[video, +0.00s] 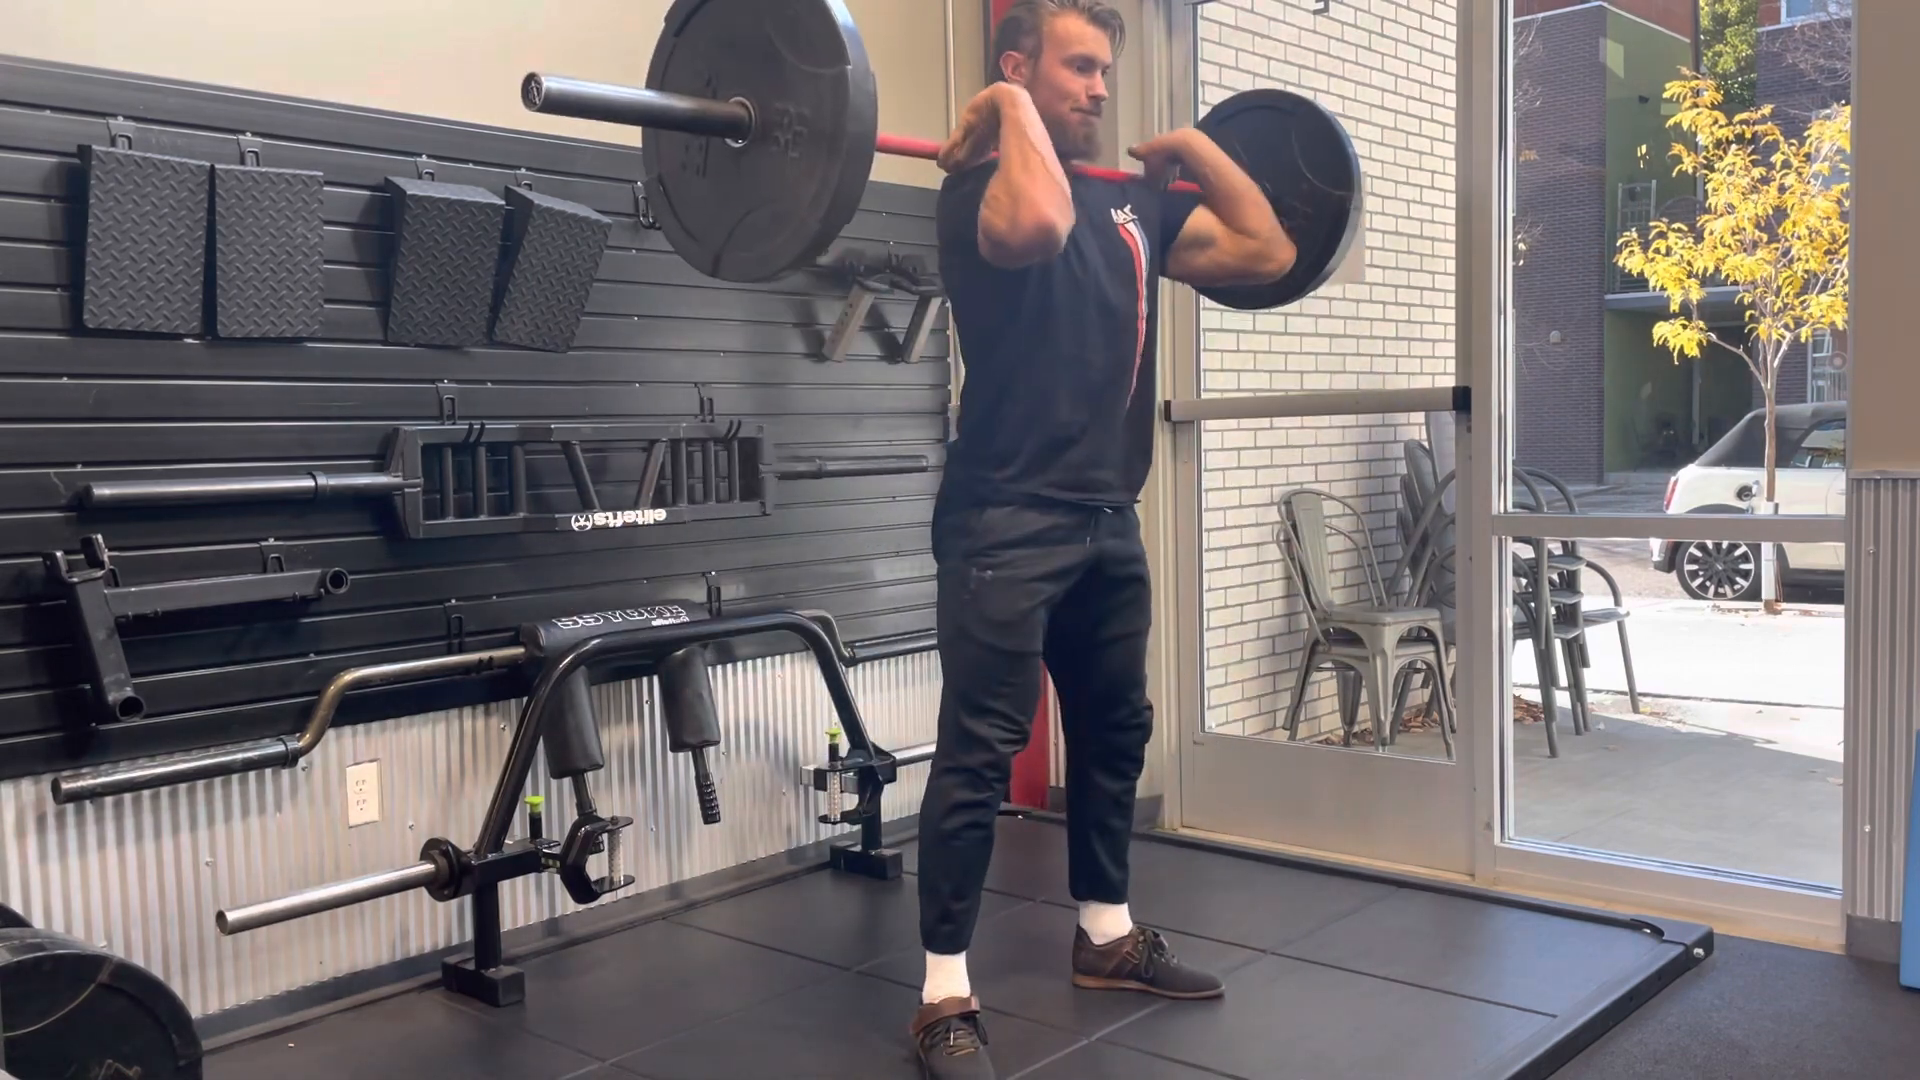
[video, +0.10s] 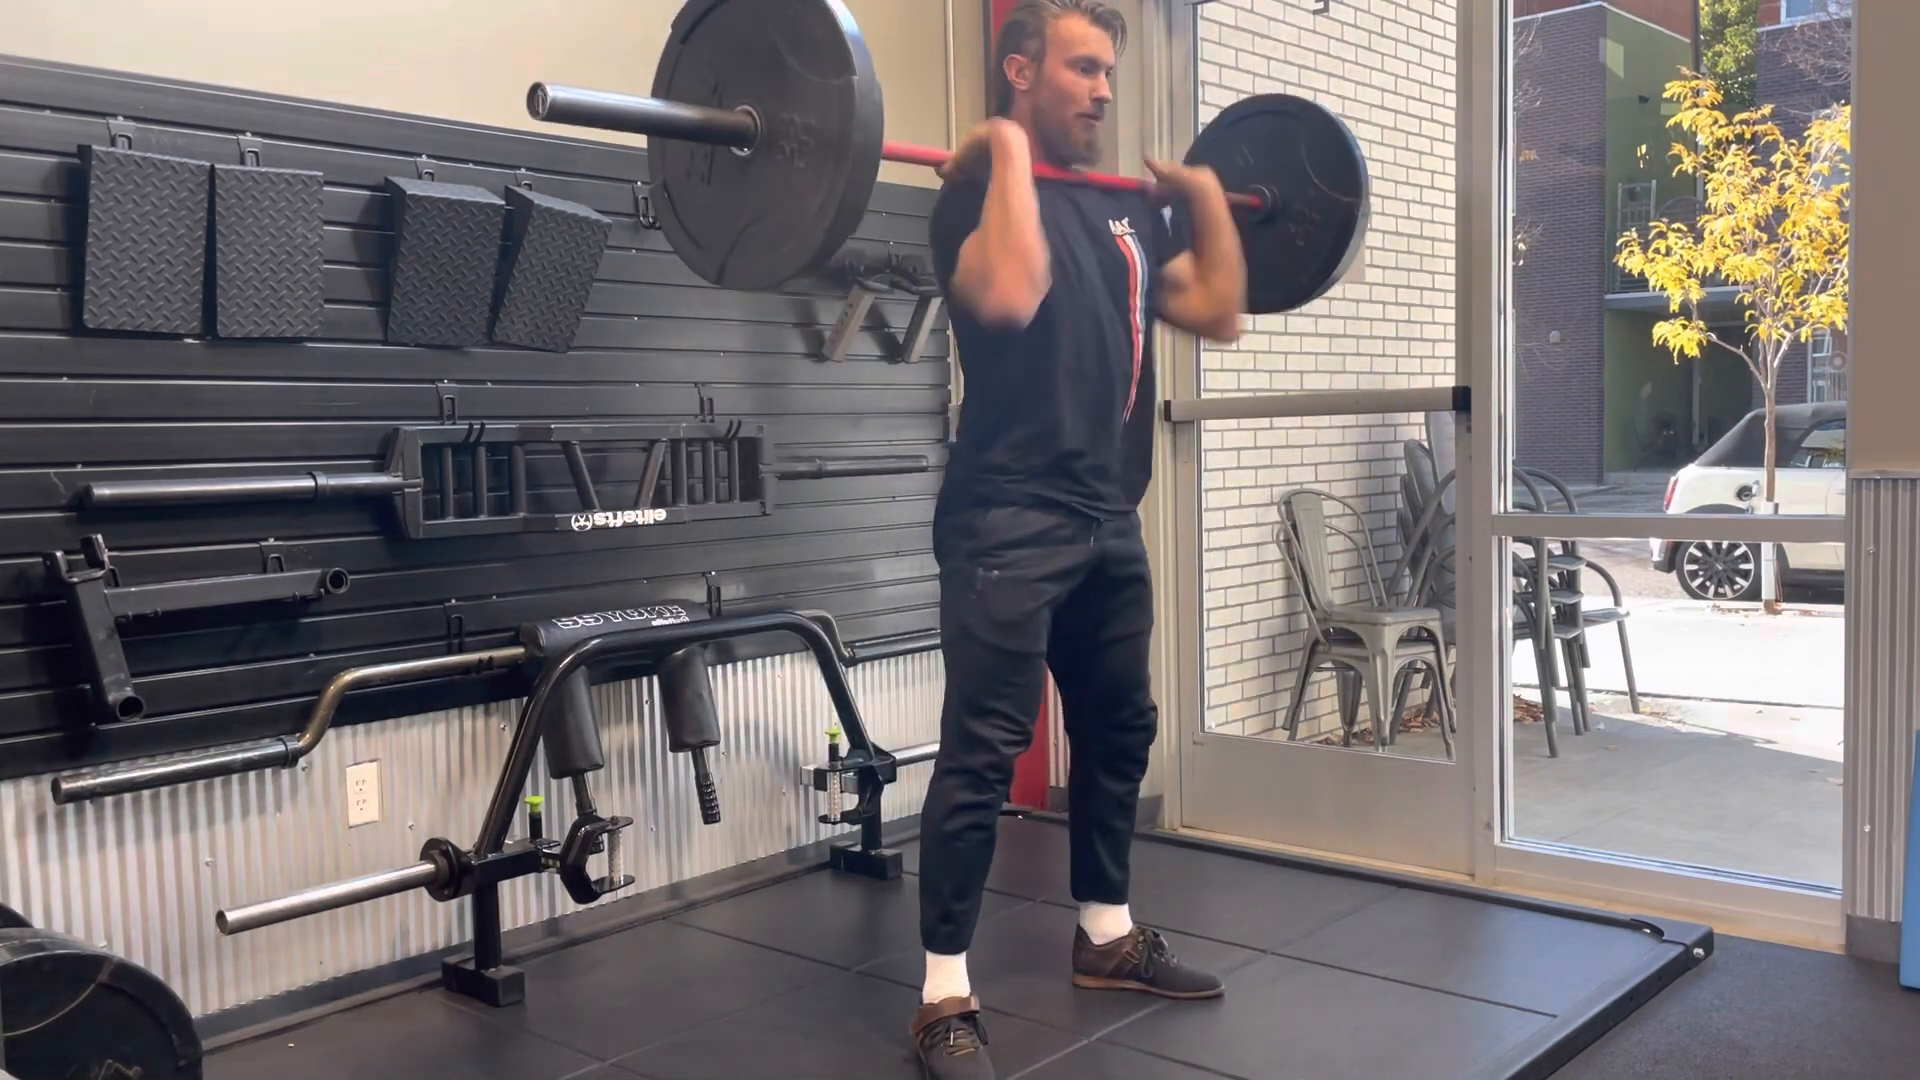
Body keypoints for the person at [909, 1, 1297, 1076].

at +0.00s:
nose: (1100, 88)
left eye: (1106, 72)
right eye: (1082, 65)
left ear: (1102, 90)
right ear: (1020, 73)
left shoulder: (1128, 201)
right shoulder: (972, 186)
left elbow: (1264, 247)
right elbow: (1040, 226)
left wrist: (1191, 145)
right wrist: (1009, 101)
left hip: (1106, 518)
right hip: (1004, 518)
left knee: (1115, 732)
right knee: (980, 745)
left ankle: (1105, 939)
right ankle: (946, 993)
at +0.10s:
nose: (1104, 87)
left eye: (1110, 71)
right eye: (1085, 67)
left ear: (1110, 88)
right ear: (1020, 72)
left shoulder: (1124, 207)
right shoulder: (977, 192)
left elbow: (1217, 313)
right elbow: (1008, 297)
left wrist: (1204, 194)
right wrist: (1008, 147)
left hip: (1108, 519)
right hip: (1005, 516)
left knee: (1116, 732)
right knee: (985, 746)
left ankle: (1104, 936)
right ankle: (945, 993)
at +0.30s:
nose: (1107, 73)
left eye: (1111, 56)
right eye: (1087, 52)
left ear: (1101, 74)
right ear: (1019, 66)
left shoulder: (1097, 190)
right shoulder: (946, 178)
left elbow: (1090, 298)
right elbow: (847, 264)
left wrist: (1148, 302)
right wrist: (955, 289)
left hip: (1093, 507)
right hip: (990, 512)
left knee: (1118, 720)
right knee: (995, 735)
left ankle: (1104, 934)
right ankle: (951, 986)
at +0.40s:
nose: (1116, 96)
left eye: (1120, 79)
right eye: (1094, 76)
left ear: (1113, 99)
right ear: (1026, 90)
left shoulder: (1120, 215)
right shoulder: (965, 205)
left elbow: (1151, 311)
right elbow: (859, 303)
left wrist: (1179, 397)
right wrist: (972, 404)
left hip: (1067, 518)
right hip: (964, 522)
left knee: (1104, 724)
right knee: (994, 736)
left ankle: (1085, 943)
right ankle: (953, 988)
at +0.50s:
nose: (1148, 151)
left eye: (1149, 136)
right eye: (1125, 134)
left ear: (1143, 159)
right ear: (1059, 157)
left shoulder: (1144, 293)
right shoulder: (998, 282)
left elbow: (1147, 404)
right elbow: (882, 399)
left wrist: (1170, 506)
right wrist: (964, 532)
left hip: (1052, 550)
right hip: (946, 556)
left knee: (1138, 731)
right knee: (1001, 754)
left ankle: (1089, 942)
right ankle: (956, 997)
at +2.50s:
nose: (1093, 80)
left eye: (1097, 64)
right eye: (1072, 59)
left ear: (1087, 80)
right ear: (1005, 69)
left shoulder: (1111, 228)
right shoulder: (949, 214)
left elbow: (1136, 383)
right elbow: (930, 395)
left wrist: (1165, 520)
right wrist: (957, 547)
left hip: (1096, 528)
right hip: (992, 530)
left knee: (1111, 731)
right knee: (987, 750)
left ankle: (1087, 941)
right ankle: (950, 992)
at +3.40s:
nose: (1199, 142)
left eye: (1197, 126)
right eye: (1173, 125)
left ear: (1173, 159)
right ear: (1105, 154)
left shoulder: (1176, 304)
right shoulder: (1023, 293)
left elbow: (1158, 456)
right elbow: (943, 464)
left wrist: (1140, 593)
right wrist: (938, 628)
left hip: (1035, 538)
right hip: (934, 537)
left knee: (1092, 720)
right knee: (952, 737)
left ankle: (1086, 939)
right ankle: (944, 988)